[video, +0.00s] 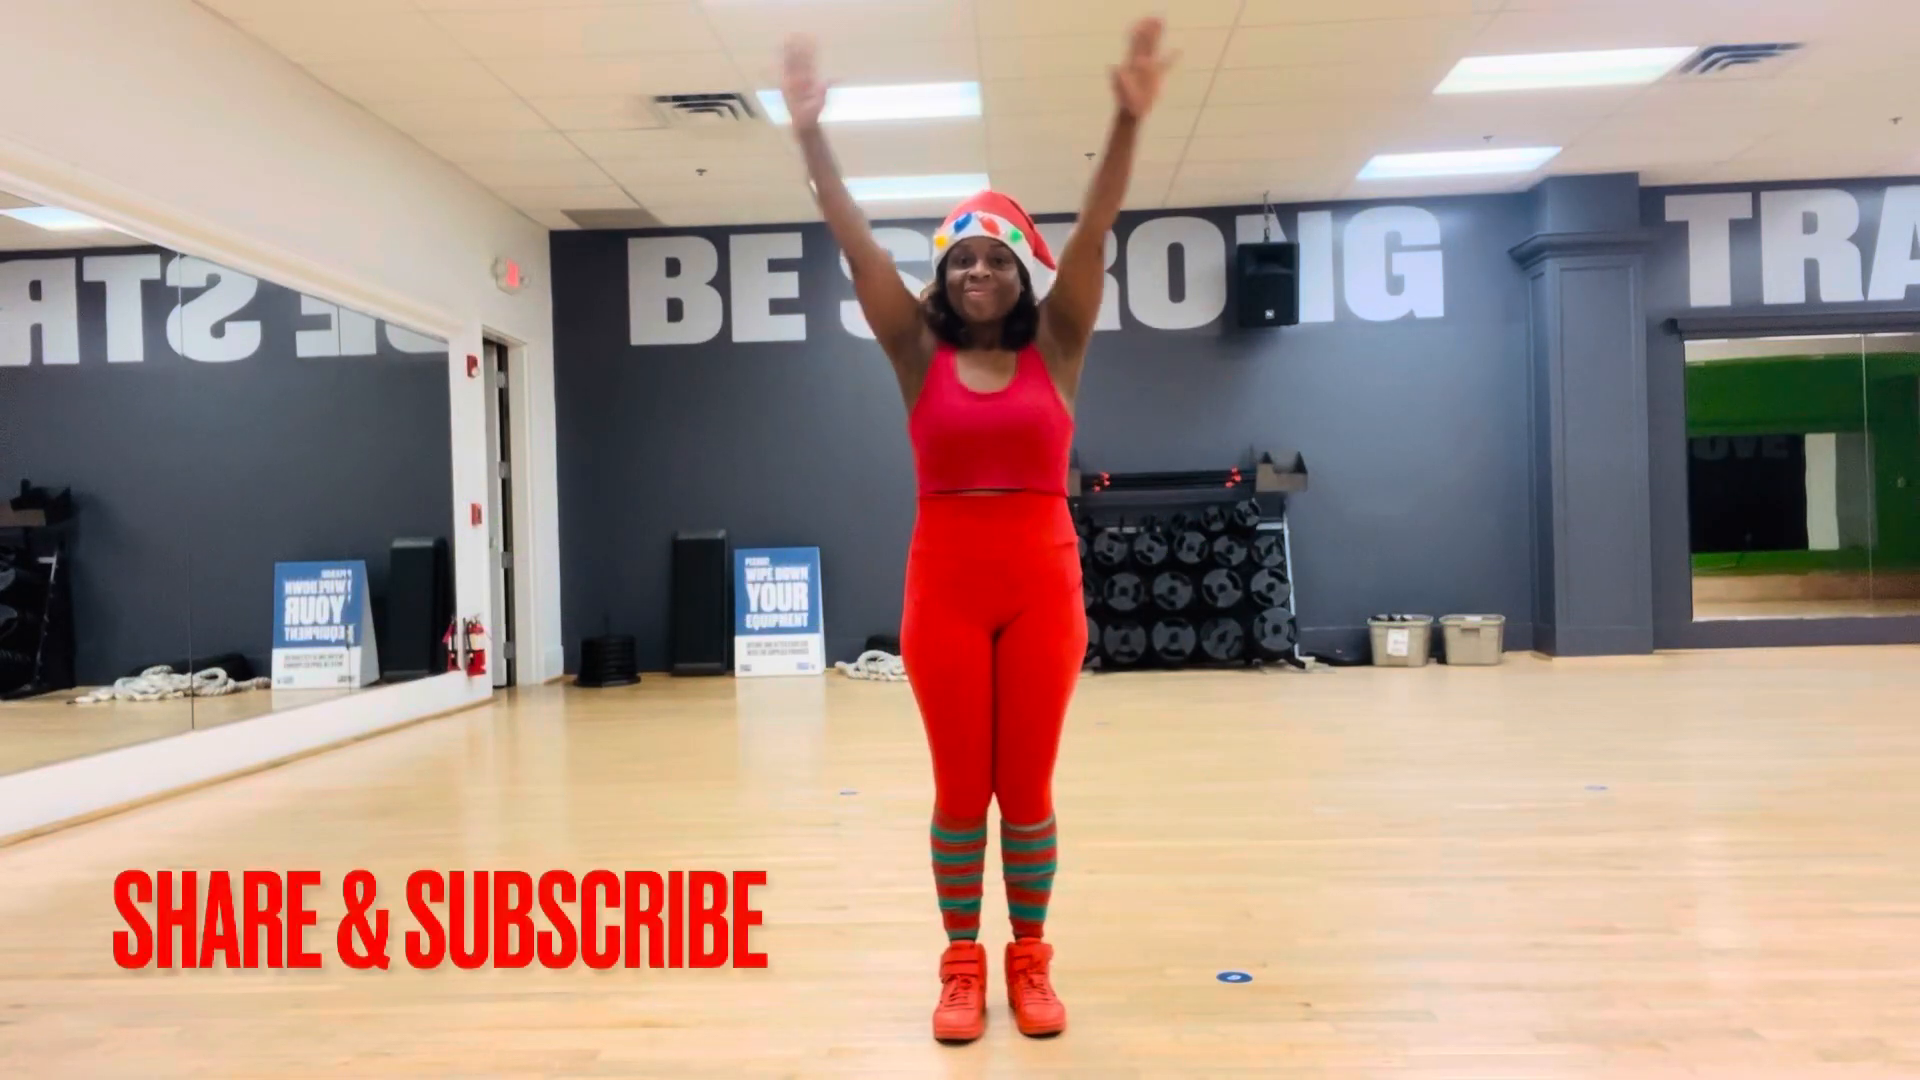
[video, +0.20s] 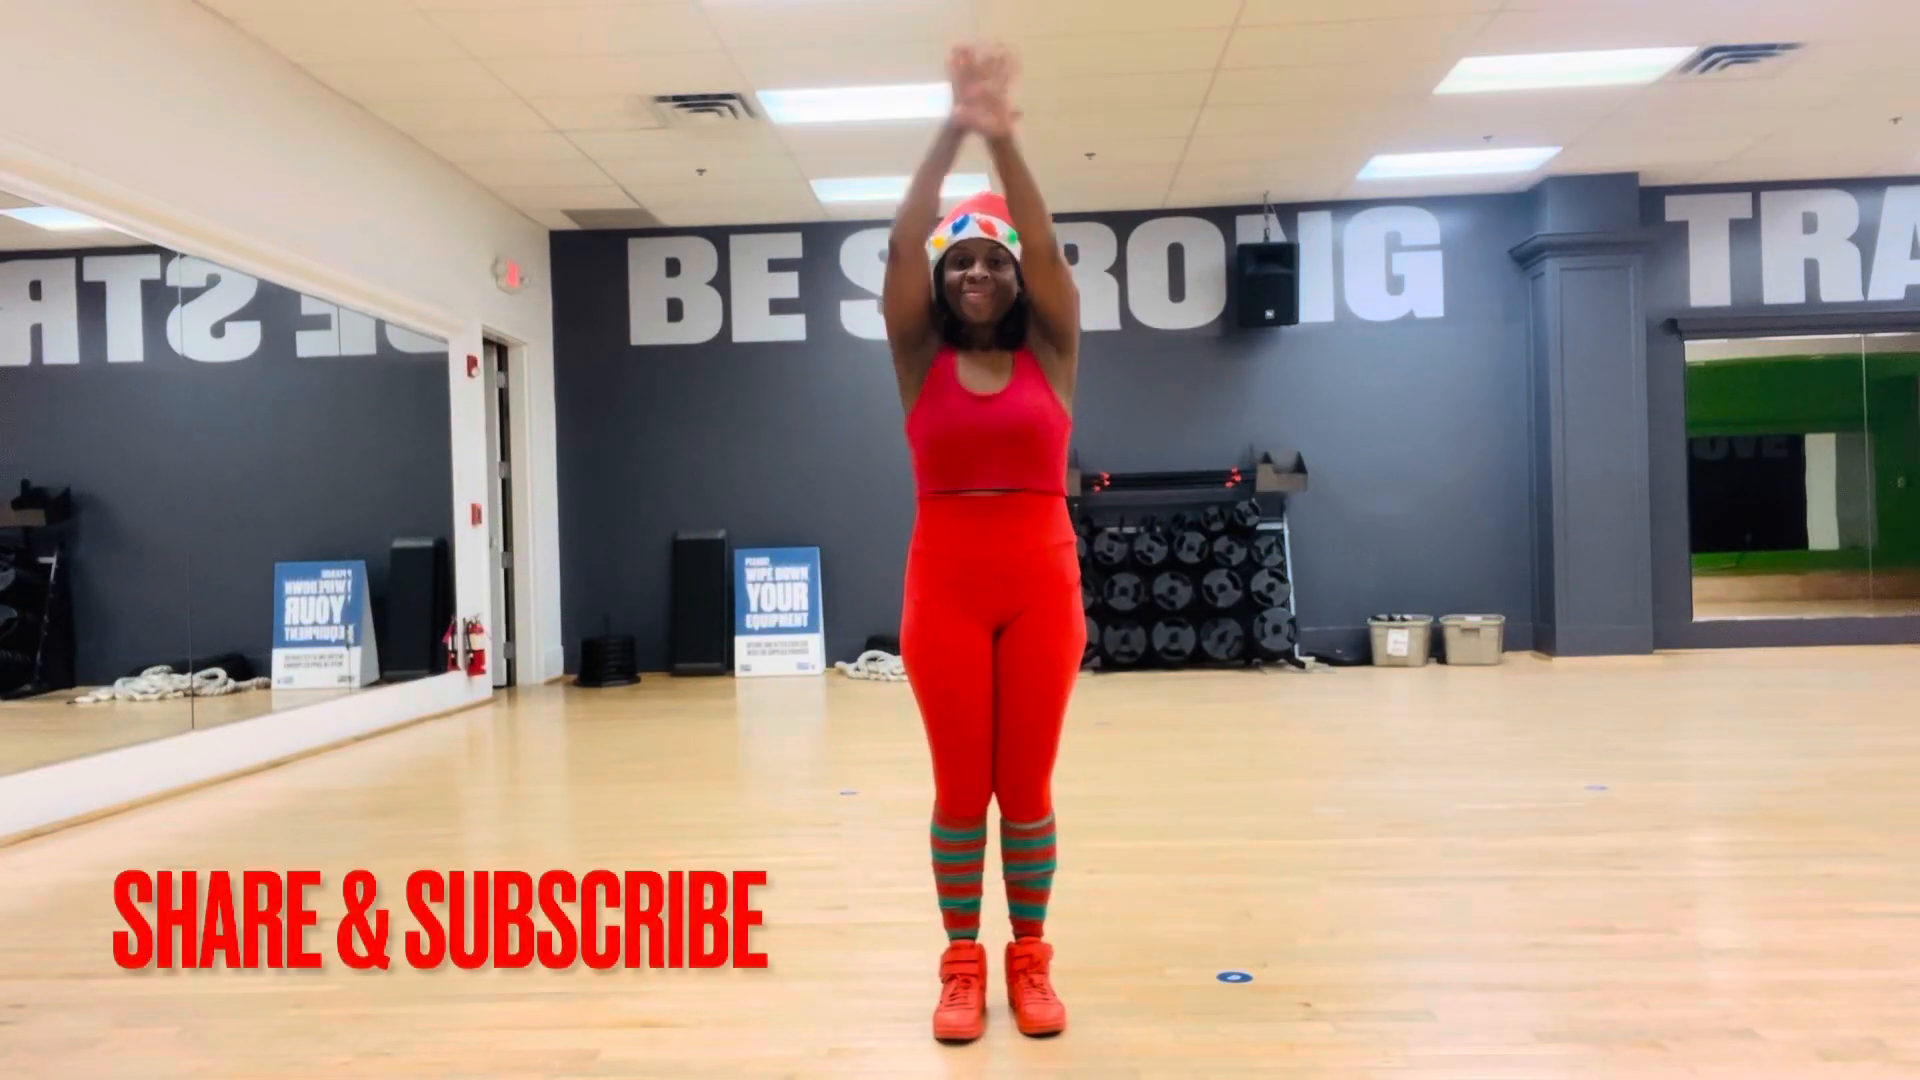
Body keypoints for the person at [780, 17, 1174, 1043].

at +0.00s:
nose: (980, 273)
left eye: (998, 260)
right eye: (963, 260)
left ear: (1025, 277)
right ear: (942, 278)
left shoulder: (1055, 347)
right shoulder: (917, 352)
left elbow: (1095, 230)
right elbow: (850, 236)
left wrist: (1130, 117)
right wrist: (808, 126)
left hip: (1045, 591)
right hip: (944, 596)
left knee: (1027, 787)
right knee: (961, 786)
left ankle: (1031, 960)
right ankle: (963, 964)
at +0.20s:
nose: (979, 275)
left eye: (994, 266)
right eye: (963, 266)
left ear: (1018, 283)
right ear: (940, 286)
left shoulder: (1050, 351)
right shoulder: (920, 358)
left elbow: (1040, 242)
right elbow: (907, 245)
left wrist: (1002, 132)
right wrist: (954, 127)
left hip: (1042, 592)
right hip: (945, 595)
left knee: (1026, 784)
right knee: (962, 785)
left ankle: (1030, 959)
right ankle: (962, 964)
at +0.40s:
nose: (974, 283)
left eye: (990, 275)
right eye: (960, 273)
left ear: (1017, 289)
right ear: (938, 292)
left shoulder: (1049, 354)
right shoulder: (919, 357)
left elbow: (1025, 268)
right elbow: (922, 262)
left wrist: (930, 209)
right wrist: (1039, 212)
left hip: (1040, 586)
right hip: (942, 588)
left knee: (1024, 784)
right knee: (960, 785)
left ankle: (1029, 964)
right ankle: (962, 967)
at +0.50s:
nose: (970, 285)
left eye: (985, 276)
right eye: (956, 275)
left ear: (1015, 289)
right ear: (936, 294)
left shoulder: (1049, 354)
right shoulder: (919, 357)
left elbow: (1029, 268)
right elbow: (924, 260)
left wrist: (932, 208)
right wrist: (1037, 207)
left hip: (1039, 586)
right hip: (941, 587)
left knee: (1023, 783)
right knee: (959, 784)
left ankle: (1030, 964)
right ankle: (962, 967)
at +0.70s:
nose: (974, 282)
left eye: (991, 269)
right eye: (959, 270)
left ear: (1019, 281)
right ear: (936, 283)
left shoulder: (1048, 356)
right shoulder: (916, 357)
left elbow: (1052, 247)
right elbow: (896, 247)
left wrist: (1015, 132)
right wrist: (958, 136)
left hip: (1039, 589)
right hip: (940, 593)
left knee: (1024, 782)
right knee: (959, 783)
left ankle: (1031, 961)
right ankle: (962, 965)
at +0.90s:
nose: (971, 284)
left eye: (989, 269)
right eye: (956, 270)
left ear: (1019, 281)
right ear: (935, 283)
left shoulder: (1048, 351)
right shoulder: (911, 353)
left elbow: (1086, 233)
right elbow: (851, 240)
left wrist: (1131, 123)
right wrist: (842, 122)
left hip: (1037, 592)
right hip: (940, 594)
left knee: (1023, 786)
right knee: (958, 786)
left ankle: (1030, 958)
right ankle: (962, 963)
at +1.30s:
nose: (967, 281)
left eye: (984, 269)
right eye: (952, 268)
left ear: (1013, 284)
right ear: (929, 282)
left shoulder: (1051, 347)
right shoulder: (900, 351)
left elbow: (1165, 297)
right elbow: (793, 301)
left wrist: (1282, 256)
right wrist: (685, 249)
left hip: (1033, 588)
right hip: (935, 591)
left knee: (1020, 783)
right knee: (955, 785)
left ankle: (1030, 958)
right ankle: (963, 962)